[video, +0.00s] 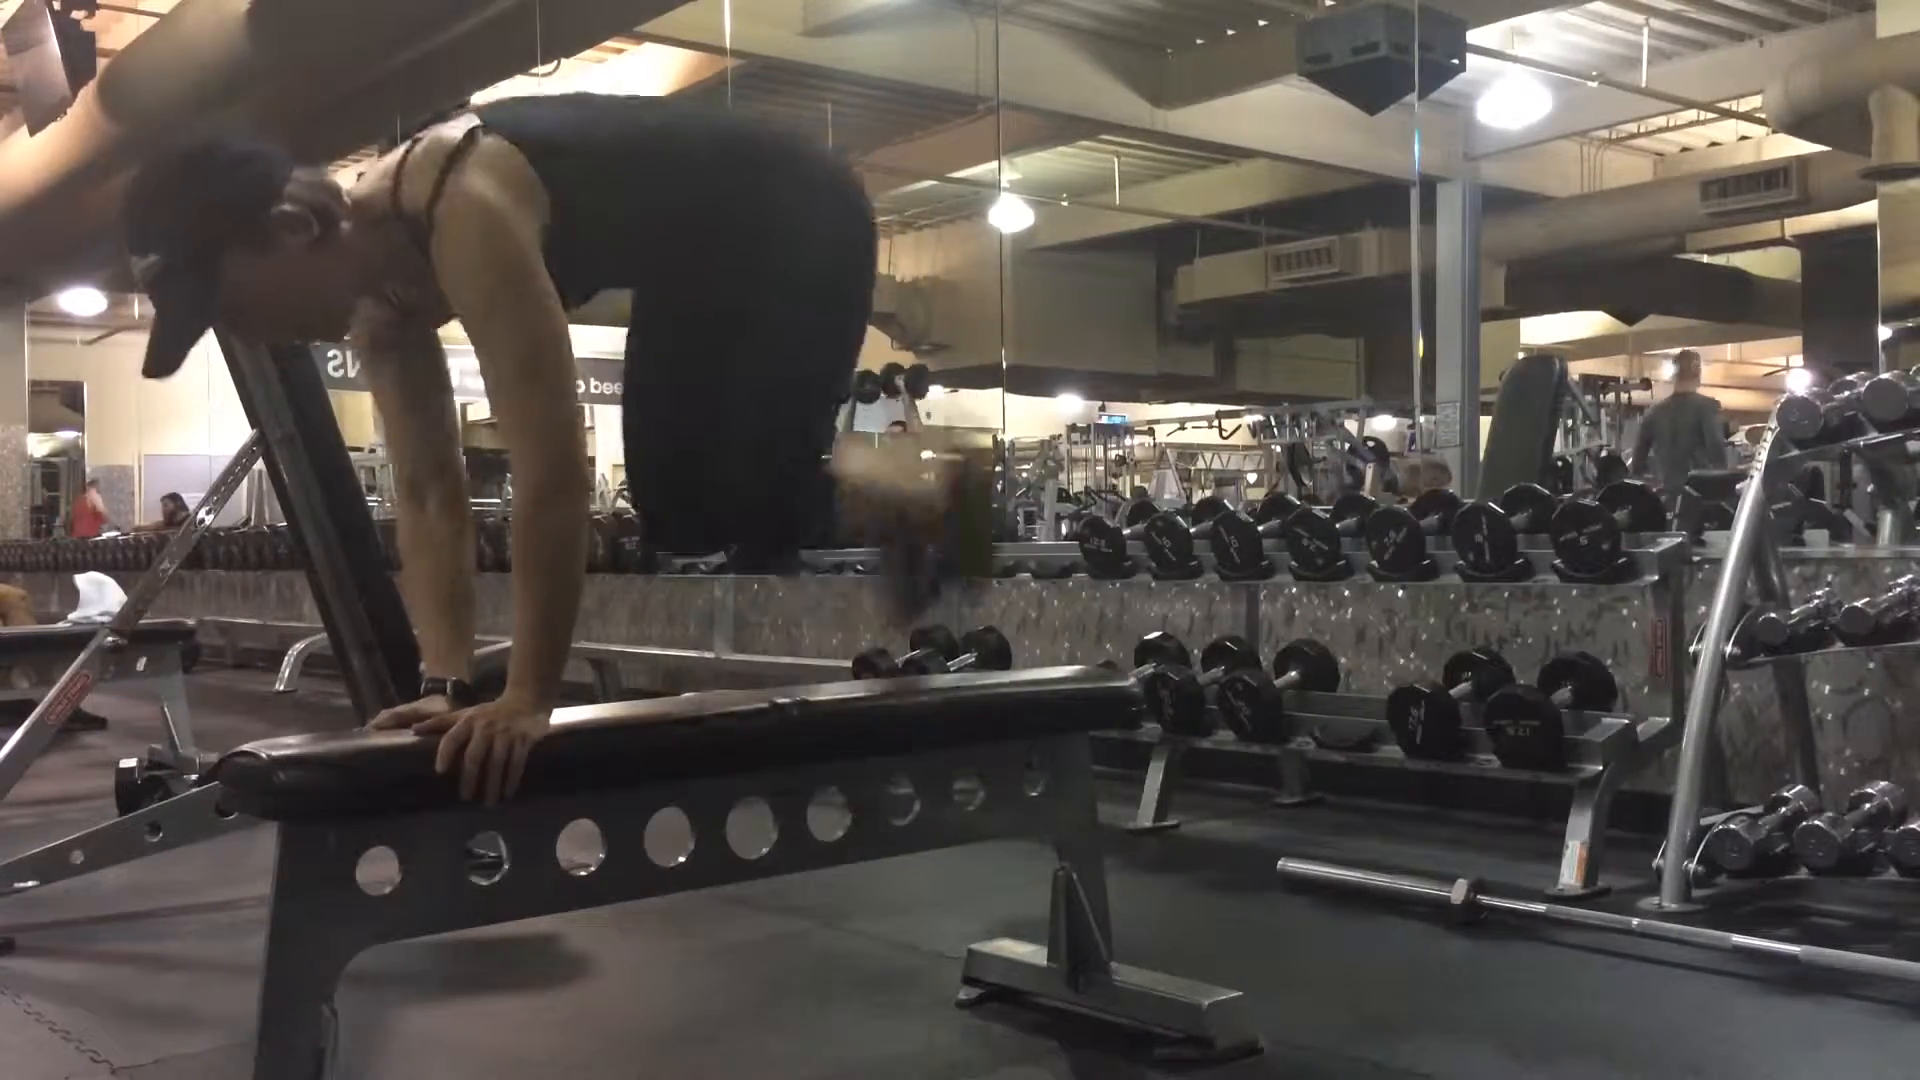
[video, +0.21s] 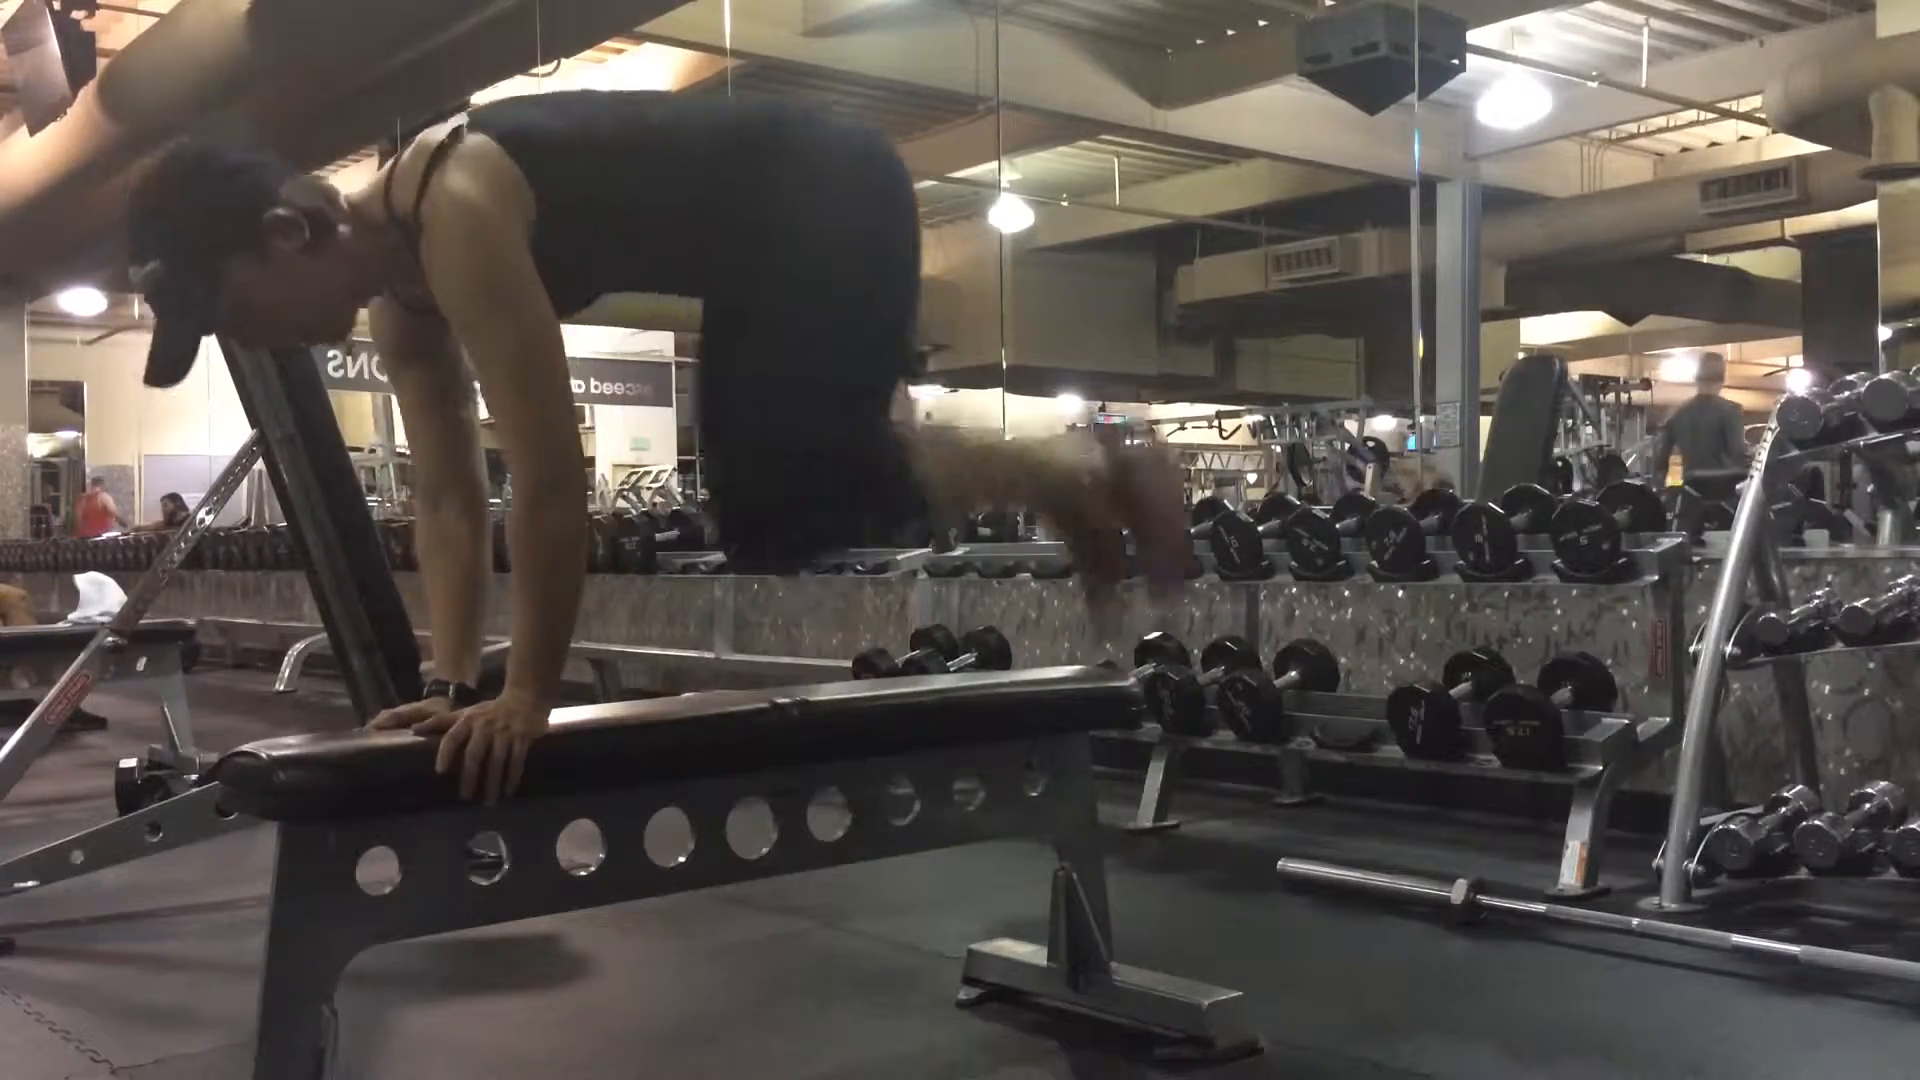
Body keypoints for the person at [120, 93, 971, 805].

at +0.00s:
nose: (262, 339)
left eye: (245, 310)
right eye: (235, 326)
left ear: (298, 227)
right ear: (295, 231)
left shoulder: (472, 211)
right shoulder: (380, 277)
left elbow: (555, 469)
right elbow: (424, 486)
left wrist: (526, 698)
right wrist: (444, 684)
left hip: (797, 215)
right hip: (696, 252)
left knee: (740, 495)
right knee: (675, 499)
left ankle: (931, 502)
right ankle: (886, 497)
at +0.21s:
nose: (264, 336)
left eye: (245, 314)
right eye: (242, 328)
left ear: (284, 230)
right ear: (286, 231)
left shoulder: (460, 207)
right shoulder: (394, 280)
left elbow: (549, 468)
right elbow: (444, 483)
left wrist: (527, 691)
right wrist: (451, 675)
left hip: (822, 184)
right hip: (754, 238)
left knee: (798, 487)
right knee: (765, 512)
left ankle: (1079, 455)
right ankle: (1049, 465)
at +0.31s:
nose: (248, 326)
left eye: (232, 294)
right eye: (226, 313)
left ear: (289, 215)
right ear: (280, 226)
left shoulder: (460, 210)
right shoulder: (402, 266)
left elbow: (552, 473)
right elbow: (451, 481)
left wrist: (528, 694)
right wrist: (450, 675)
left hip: (853, 228)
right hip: (791, 269)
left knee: (887, 557)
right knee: (849, 563)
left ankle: (1145, 741)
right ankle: (1087, 708)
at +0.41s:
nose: (280, 306)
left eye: (265, 274)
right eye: (259, 287)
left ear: (312, 215)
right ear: (309, 224)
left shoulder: (501, 236)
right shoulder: (441, 286)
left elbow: (579, 505)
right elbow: (488, 495)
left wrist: (529, 702)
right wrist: (457, 673)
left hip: (897, 376)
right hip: (845, 404)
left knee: (969, 735)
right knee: (942, 733)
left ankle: (1186, 1004)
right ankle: (1159, 984)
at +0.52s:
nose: (333, 313)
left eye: (316, 284)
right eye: (310, 298)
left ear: (353, 216)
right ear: (347, 226)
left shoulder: (540, 245)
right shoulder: (457, 295)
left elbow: (610, 511)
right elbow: (496, 504)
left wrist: (529, 705)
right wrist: (457, 681)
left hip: (898, 451)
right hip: (849, 483)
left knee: (1003, 781)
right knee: (977, 773)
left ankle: (1234, 1024)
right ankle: (1162, 997)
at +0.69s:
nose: (247, 329)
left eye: (227, 302)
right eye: (222, 318)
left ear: (268, 219)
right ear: (268, 222)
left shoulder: (455, 208)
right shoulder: (372, 284)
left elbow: (528, 461)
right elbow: (433, 482)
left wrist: (525, 689)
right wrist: (446, 675)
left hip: (814, 199)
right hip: (756, 242)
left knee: (819, 524)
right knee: (800, 528)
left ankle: (1089, 602)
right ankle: (1077, 591)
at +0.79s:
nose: (255, 343)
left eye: (236, 315)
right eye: (229, 329)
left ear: (282, 233)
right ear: (278, 236)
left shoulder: (462, 218)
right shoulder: (379, 281)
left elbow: (537, 473)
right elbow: (427, 490)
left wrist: (524, 698)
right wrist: (446, 680)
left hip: (807, 201)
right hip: (729, 232)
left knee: (715, 501)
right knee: (683, 504)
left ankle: (923, 387)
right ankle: (899, 382)